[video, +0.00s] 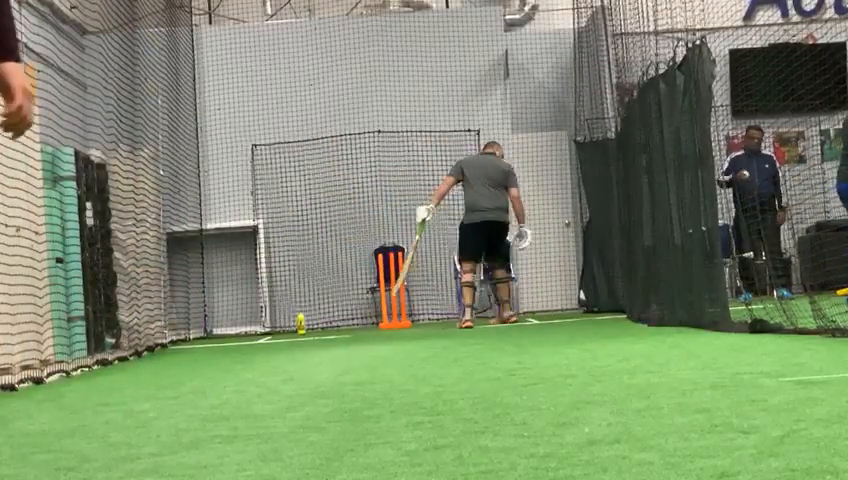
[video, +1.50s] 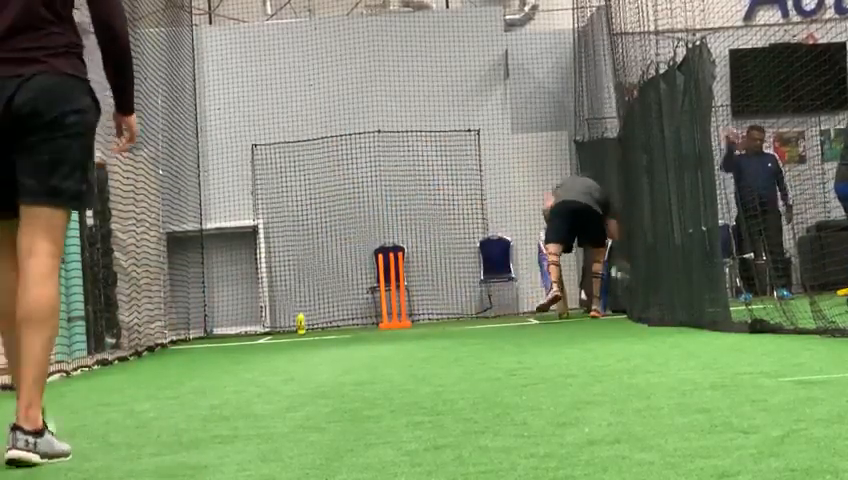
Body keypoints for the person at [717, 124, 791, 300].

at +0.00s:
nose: (755, 142)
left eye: (758, 139)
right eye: (751, 138)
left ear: (762, 141)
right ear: (744, 140)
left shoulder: (769, 159)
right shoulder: (735, 159)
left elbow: (777, 185)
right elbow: (721, 181)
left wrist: (781, 207)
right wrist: (735, 178)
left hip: (768, 211)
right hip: (744, 212)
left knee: (774, 248)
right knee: (746, 252)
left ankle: (779, 286)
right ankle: (748, 289)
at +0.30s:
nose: (755, 142)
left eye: (759, 139)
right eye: (752, 138)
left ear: (762, 142)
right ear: (744, 140)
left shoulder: (769, 160)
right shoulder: (734, 159)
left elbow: (777, 186)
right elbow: (713, 169)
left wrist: (781, 207)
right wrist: (726, 154)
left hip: (768, 211)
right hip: (745, 212)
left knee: (774, 249)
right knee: (745, 251)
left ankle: (779, 286)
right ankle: (749, 289)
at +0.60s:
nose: (758, 145)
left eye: (760, 142)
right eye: (754, 141)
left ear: (763, 142)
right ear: (746, 140)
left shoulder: (768, 159)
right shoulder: (736, 160)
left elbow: (781, 180)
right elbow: (715, 172)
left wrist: (773, 176)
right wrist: (728, 160)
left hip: (767, 210)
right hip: (744, 211)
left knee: (773, 247)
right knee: (744, 250)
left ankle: (780, 286)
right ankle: (748, 289)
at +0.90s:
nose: (755, 144)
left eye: (758, 141)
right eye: (752, 141)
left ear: (761, 142)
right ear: (744, 140)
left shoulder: (768, 159)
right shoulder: (734, 160)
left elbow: (783, 175)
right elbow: (714, 172)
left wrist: (778, 178)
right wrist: (728, 162)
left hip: (767, 210)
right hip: (744, 211)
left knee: (773, 247)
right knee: (744, 250)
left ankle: (779, 285)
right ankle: (748, 289)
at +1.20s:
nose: (756, 144)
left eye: (759, 140)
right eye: (753, 140)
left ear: (761, 142)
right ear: (743, 140)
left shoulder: (767, 159)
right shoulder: (732, 159)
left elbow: (775, 184)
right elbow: (712, 157)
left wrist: (778, 205)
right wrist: (723, 144)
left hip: (768, 210)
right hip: (745, 212)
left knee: (774, 249)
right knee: (745, 252)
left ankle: (780, 286)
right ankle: (749, 290)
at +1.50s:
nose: (758, 143)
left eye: (761, 140)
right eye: (754, 139)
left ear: (764, 141)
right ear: (746, 140)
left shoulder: (770, 159)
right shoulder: (738, 159)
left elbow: (781, 183)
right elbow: (726, 167)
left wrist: (787, 204)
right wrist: (730, 148)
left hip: (770, 211)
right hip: (746, 212)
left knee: (776, 248)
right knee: (745, 252)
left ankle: (782, 286)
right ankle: (749, 289)